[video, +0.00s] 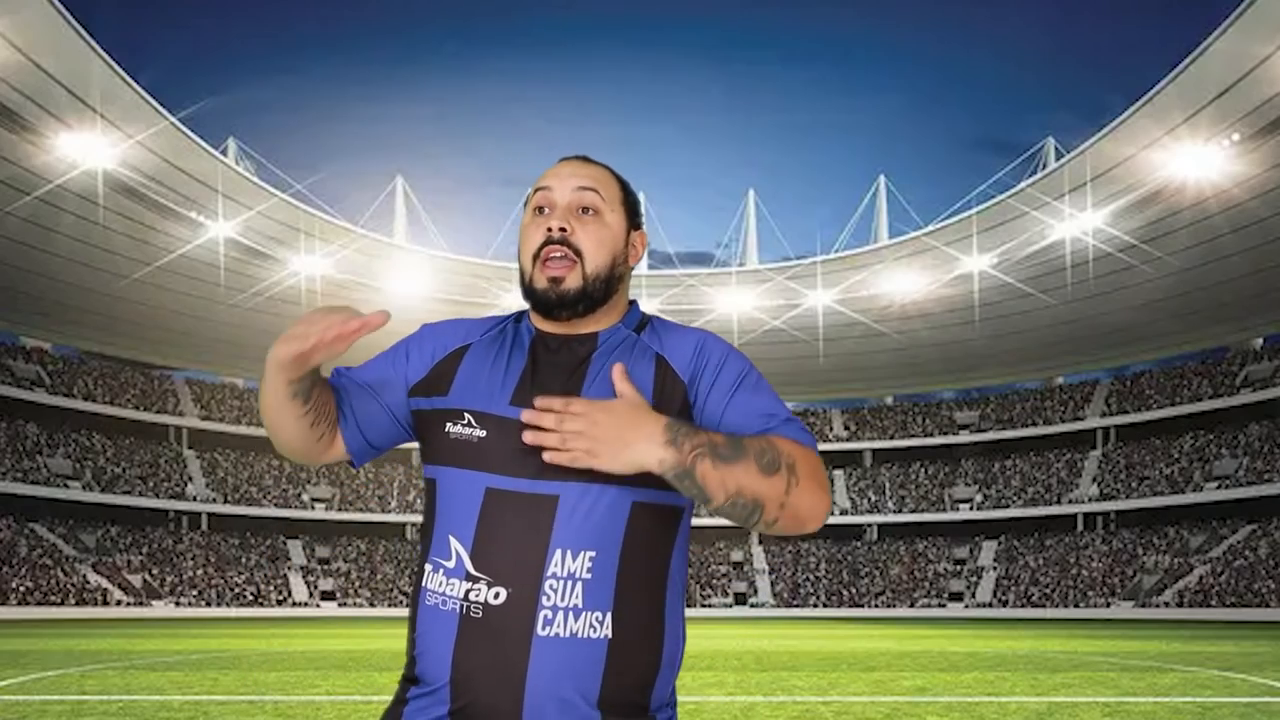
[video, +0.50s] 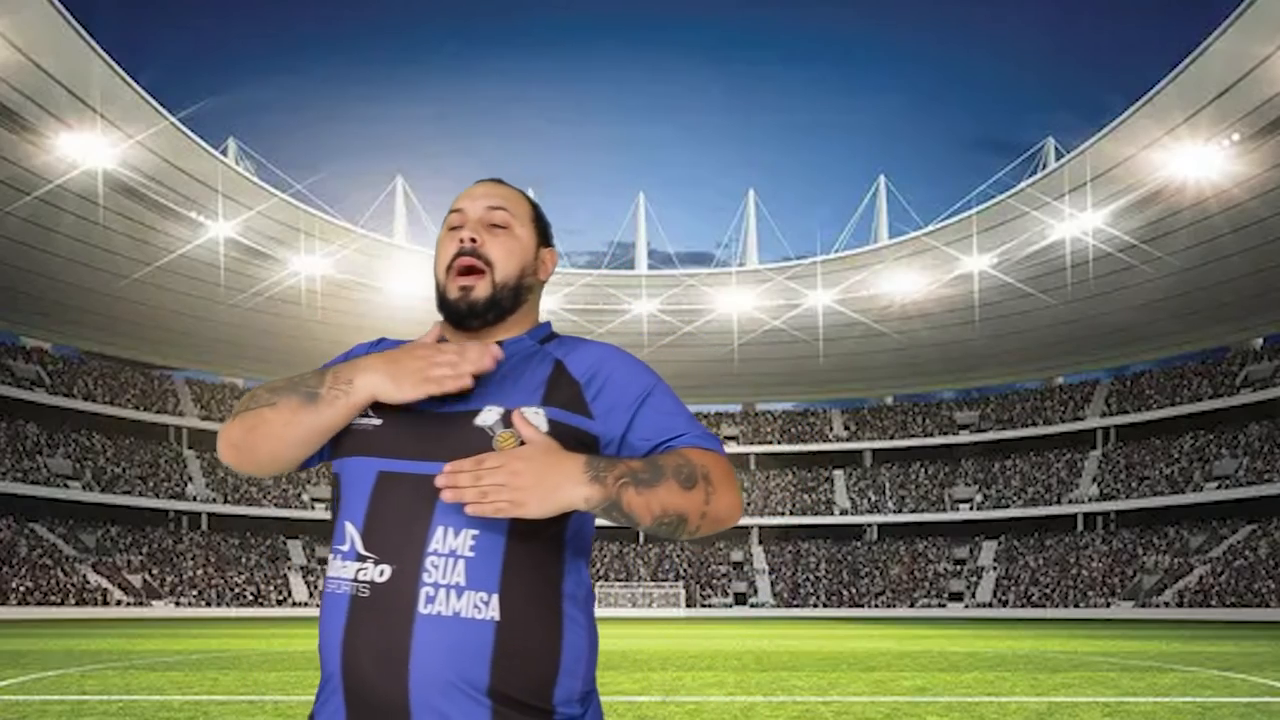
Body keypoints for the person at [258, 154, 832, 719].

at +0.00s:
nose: (555, 225)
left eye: (584, 212)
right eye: (540, 210)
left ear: (633, 247)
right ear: (519, 241)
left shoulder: (694, 365)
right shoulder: (444, 353)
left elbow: (806, 500)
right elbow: (318, 437)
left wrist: (663, 444)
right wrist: (286, 373)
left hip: (612, 706)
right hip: (440, 700)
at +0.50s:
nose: (466, 231)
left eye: (497, 222)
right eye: (453, 223)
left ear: (543, 265)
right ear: (435, 259)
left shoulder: (594, 374)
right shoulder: (374, 364)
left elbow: (717, 494)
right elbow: (238, 448)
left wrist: (579, 480)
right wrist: (365, 380)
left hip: (524, 705)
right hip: (355, 702)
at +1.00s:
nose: (359, 235)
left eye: (391, 220)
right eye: (347, 221)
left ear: (443, 254)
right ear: (328, 245)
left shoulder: (501, 374)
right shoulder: (284, 322)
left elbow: (618, 507)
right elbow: (212, 177)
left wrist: (496, 465)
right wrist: (164, 20)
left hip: (443, 708)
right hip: (269, 706)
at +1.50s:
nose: (374, 227)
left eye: (407, 212)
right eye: (360, 214)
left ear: (463, 247)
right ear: (341, 243)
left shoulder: (529, 359)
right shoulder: (306, 325)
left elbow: (662, 487)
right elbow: (193, 210)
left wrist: (521, 445)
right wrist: (152, 46)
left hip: (478, 705)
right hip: (306, 702)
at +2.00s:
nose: (339, 248)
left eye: (375, 228)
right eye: (327, 228)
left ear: (440, 261)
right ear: (311, 254)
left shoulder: (518, 378)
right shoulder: (259, 358)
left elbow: (595, 565)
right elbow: (75, 403)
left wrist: (471, 519)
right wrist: (222, 421)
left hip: (465, 705)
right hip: (283, 702)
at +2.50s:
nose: (311, 251)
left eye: (343, 226)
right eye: (315, 228)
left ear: (435, 244)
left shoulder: (543, 388)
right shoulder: (301, 335)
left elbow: (605, 590)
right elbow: (182, 316)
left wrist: (412, 614)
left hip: (464, 708)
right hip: (283, 703)